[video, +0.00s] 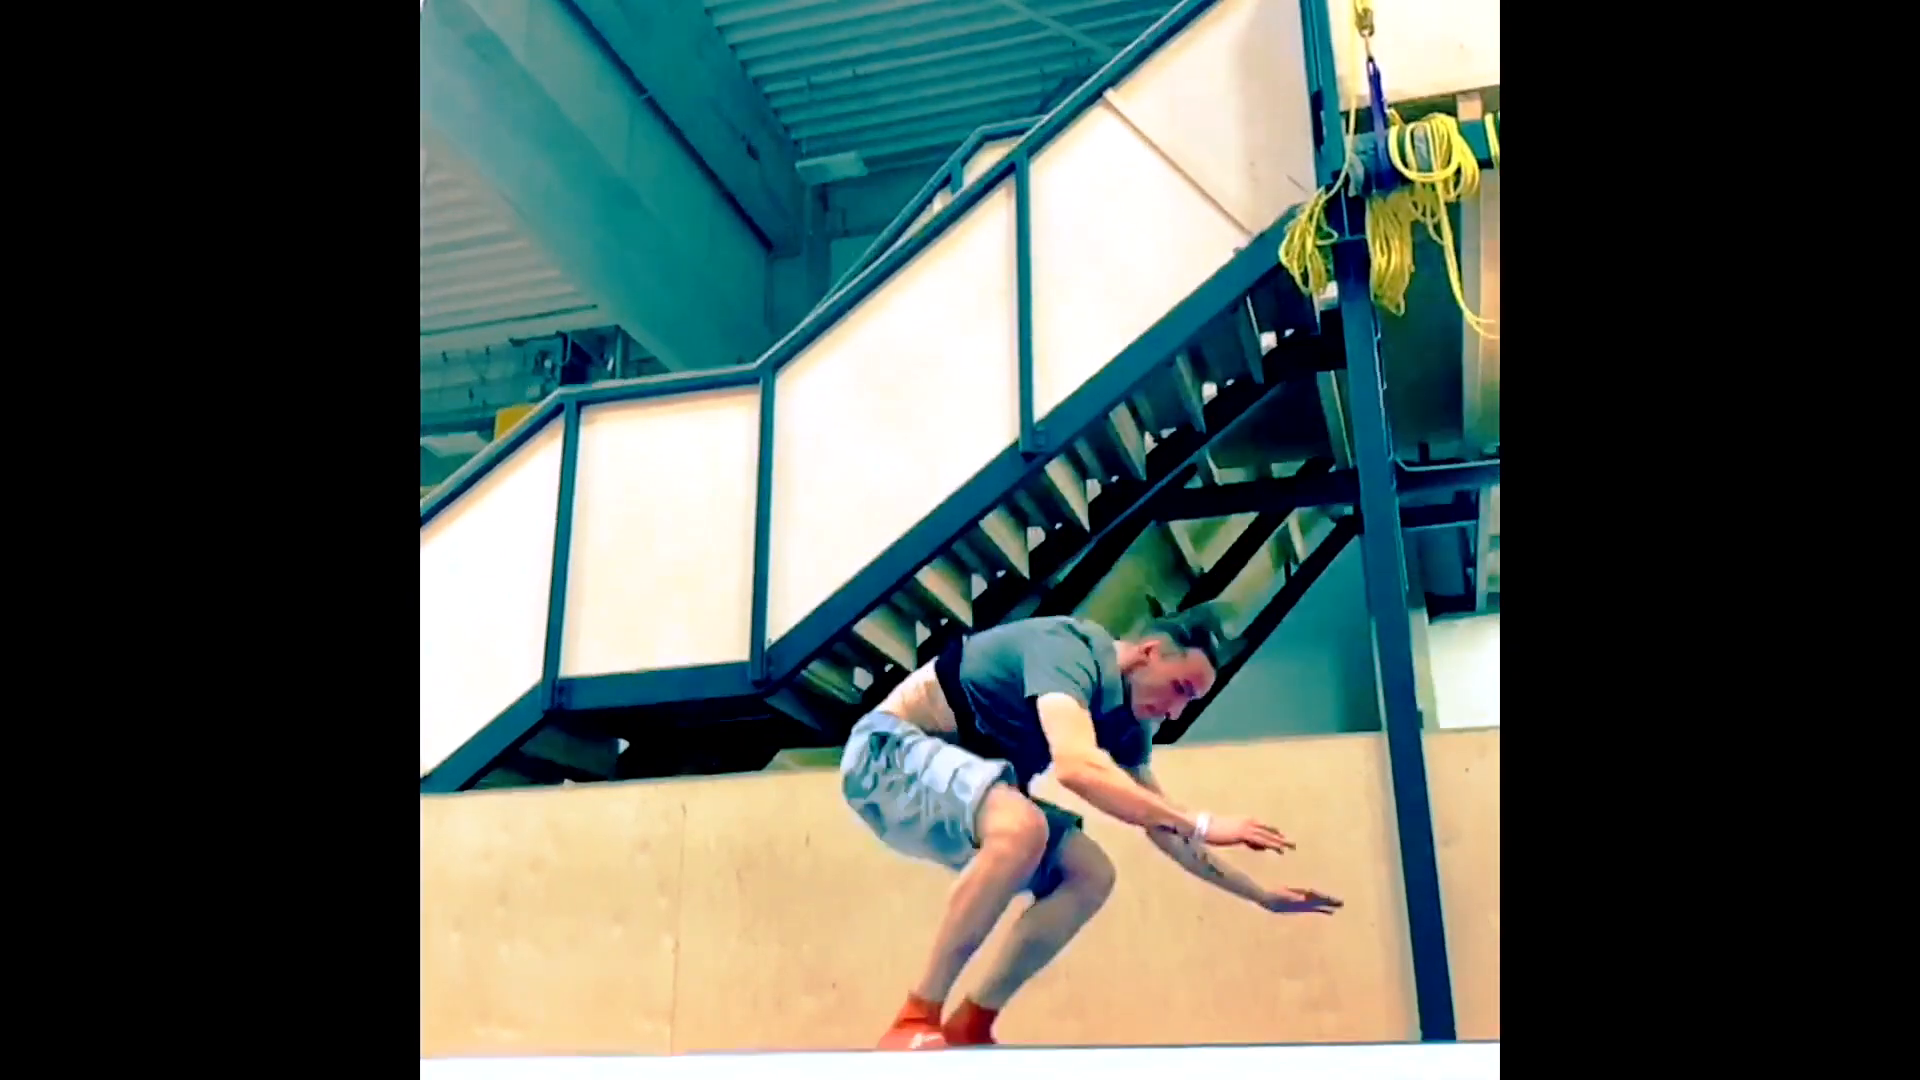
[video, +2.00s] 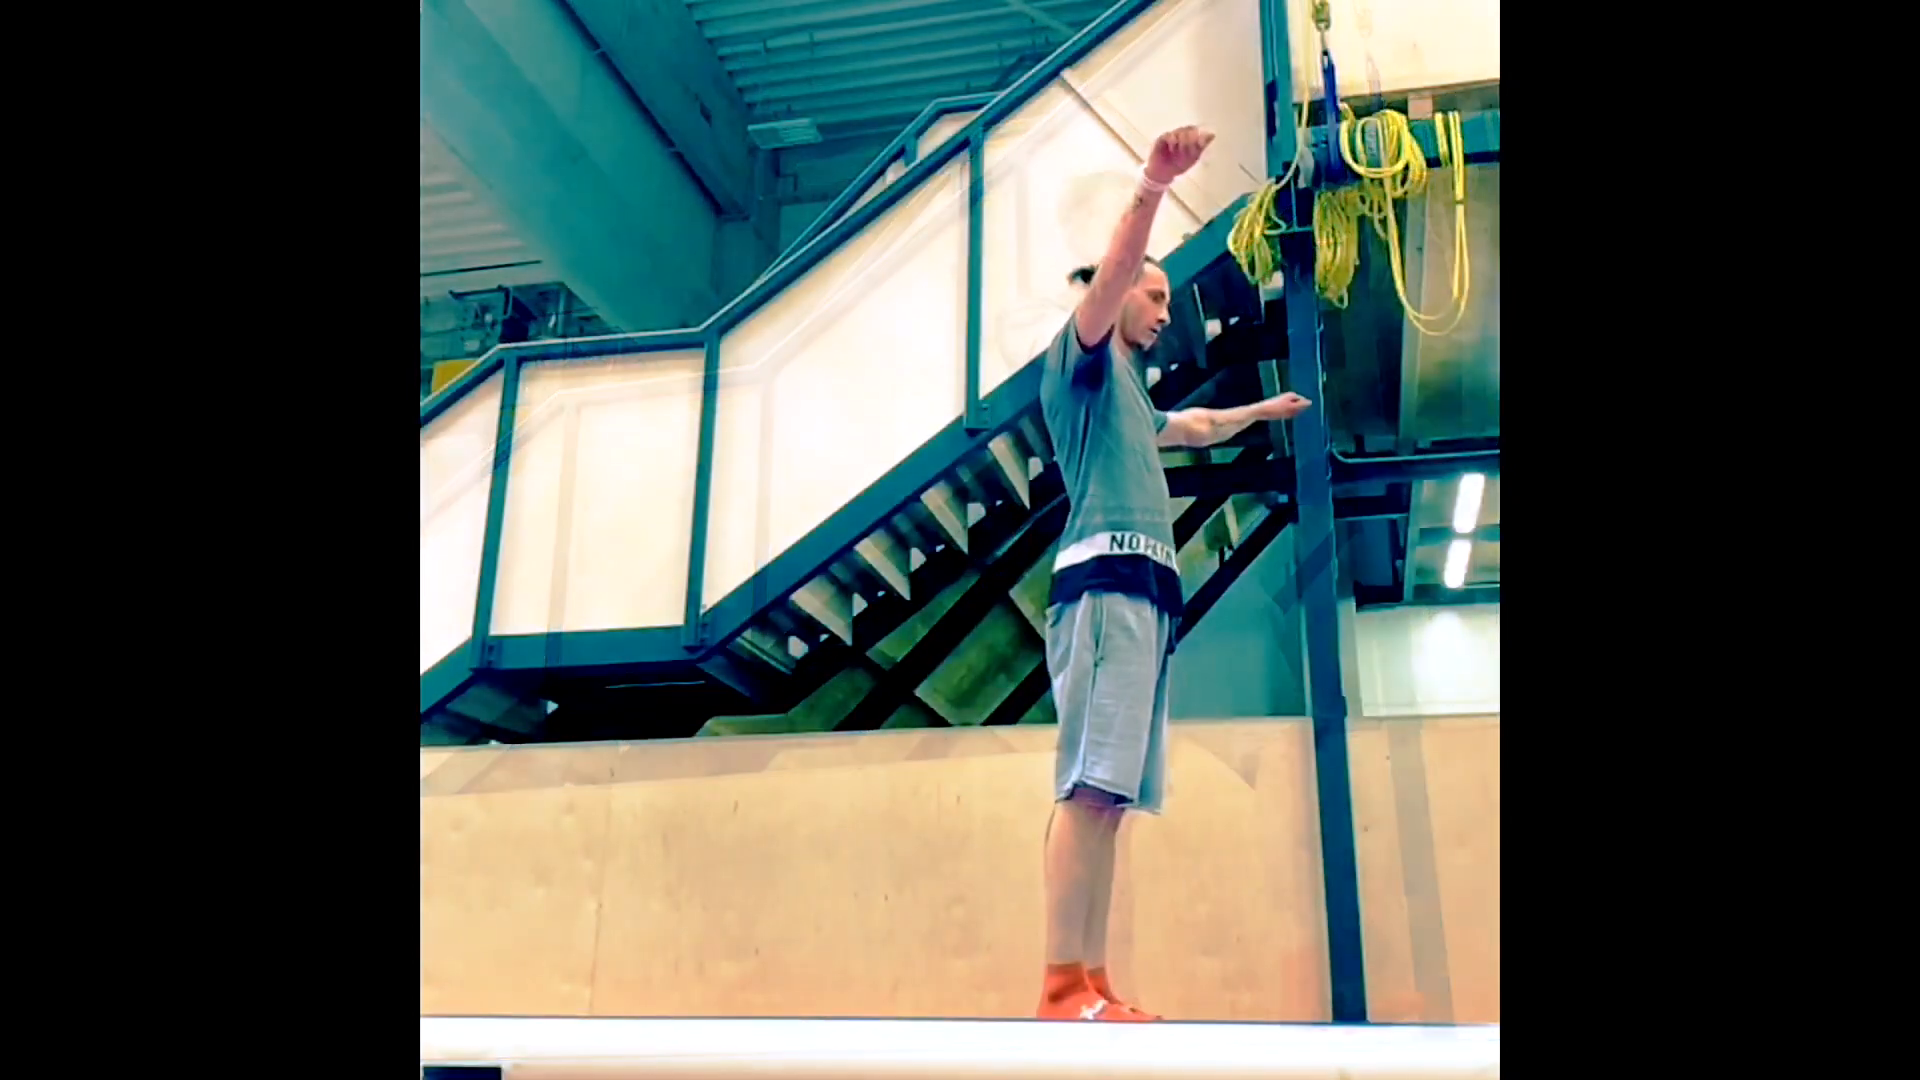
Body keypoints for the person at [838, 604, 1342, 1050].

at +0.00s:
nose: (1177, 710)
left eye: (1189, 702)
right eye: (1181, 688)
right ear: (1149, 648)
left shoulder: (1125, 722)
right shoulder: (1064, 649)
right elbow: (1074, 767)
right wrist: (1193, 821)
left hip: (956, 779)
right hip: (893, 749)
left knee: (1090, 875)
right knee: (1020, 828)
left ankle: (966, 1029)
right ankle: (914, 1023)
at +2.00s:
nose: (1163, 307)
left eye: (1165, 297)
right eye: (1152, 291)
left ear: (1149, 307)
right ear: (1111, 289)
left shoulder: (1127, 391)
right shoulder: (1081, 360)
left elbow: (1197, 427)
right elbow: (1116, 273)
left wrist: (1265, 410)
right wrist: (1153, 185)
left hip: (1141, 589)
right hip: (1106, 582)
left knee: (1112, 797)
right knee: (1091, 790)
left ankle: (1090, 986)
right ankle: (1063, 989)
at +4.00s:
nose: (1188, 292)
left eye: (1192, 282)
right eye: (1177, 275)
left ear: (1162, 286)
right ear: (1134, 272)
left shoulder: (1140, 374)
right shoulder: (1096, 330)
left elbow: (1159, 495)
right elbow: (1130, 445)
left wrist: (1219, 566)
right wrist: (1214, 525)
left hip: (1120, 570)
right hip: (1077, 556)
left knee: (1137, 768)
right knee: (1109, 754)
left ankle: (1123, 957)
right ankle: (1090, 955)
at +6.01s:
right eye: (819, 367)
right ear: (820, 366)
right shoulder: (852, 365)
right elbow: (781, 273)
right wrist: (706, 225)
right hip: (1006, 398)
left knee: (1190, 612)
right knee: (1136, 579)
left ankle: (1133, 796)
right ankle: (1084, 777)